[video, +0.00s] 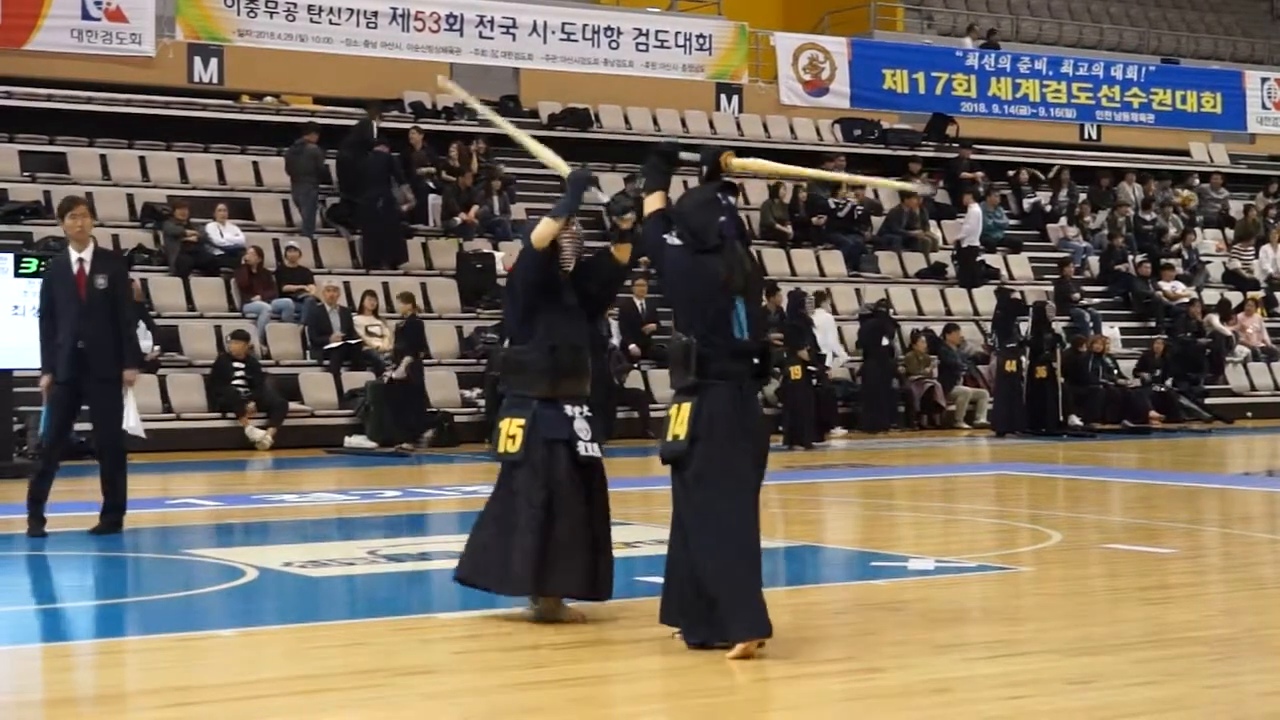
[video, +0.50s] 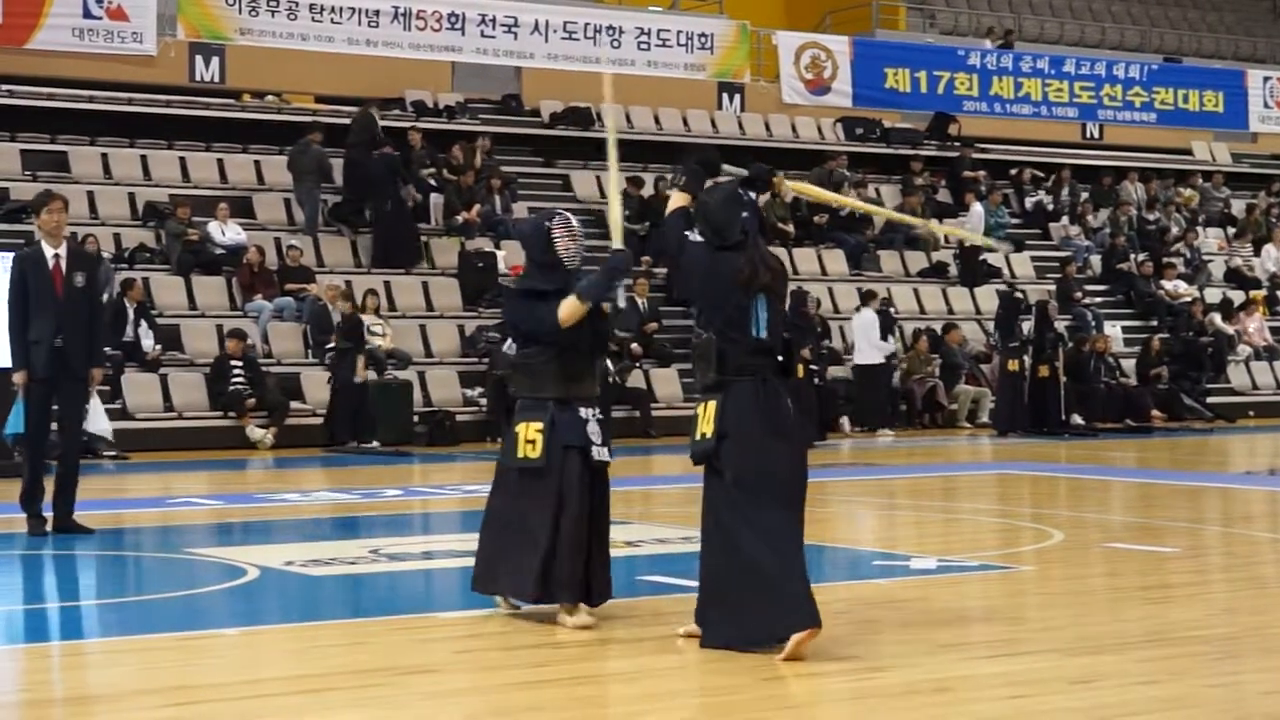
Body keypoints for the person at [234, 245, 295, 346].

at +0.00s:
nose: (248, 256)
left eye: (251, 254)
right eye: (247, 254)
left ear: (259, 259)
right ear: (245, 257)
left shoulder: (265, 272)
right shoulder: (242, 271)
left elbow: (274, 292)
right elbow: (244, 285)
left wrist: (261, 296)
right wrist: (244, 266)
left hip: (268, 301)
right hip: (248, 303)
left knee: (288, 303)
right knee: (266, 308)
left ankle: (286, 336)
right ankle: (261, 342)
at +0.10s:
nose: (248, 256)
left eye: (252, 254)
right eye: (247, 253)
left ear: (259, 258)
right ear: (245, 257)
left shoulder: (266, 272)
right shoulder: (242, 271)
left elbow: (274, 292)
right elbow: (244, 285)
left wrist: (262, 296)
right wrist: (244, 266)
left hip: (268, 301)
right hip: (249, 302)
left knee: (288, 303)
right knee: (266, 308)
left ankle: (286, 336)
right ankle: (261, 342)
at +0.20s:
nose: (248, 256)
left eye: (252, 254)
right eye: (247, 253)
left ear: (259, 258)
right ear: (245, 257)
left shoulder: (266, 272)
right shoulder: (242, 271)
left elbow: (274, 292)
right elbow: (244, 285)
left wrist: (262, 296)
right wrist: (244, 266)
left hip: (269, 301)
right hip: (249, 303)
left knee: (288, 303)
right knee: (266, 308)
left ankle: (285, 336)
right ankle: (260, 341)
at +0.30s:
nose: (248, 256)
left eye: (252, 254)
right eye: (247, 253)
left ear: (260, 258)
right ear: (245, 257)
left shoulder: (266, 272)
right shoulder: (243, 271)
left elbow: (274, 292)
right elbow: (244, 285)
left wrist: (262, 296)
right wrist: (245, 266)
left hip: (269, 301)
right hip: (249, 302)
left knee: (288, 303)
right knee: (267, 308)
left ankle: (287, 336)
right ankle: (260, 341)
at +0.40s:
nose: (249, 255)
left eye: (253, 253)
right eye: (248, 253)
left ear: (260, 258)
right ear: (246, 256)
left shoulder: (267, 272)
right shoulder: (243, 271)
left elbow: (275, 291)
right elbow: (244, 283)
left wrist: (262, 296)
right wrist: (245, 265)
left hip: (269, 300)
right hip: (250, 302)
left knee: (289, 302)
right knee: (267, 308)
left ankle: (287, 336)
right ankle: (261, 342)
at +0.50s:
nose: (249, 255)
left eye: (253, 253)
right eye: (249, 252)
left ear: (260, 258)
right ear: (247, 255)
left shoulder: (267, 271)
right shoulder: (243, 270)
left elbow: (275, 290)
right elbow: (244, 283)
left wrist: (263, 295)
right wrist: (245, 264)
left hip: (269, 300)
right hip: (250, 301)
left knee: (289, 302)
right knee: (267, 307)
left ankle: (287, 336)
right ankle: (261, 341)